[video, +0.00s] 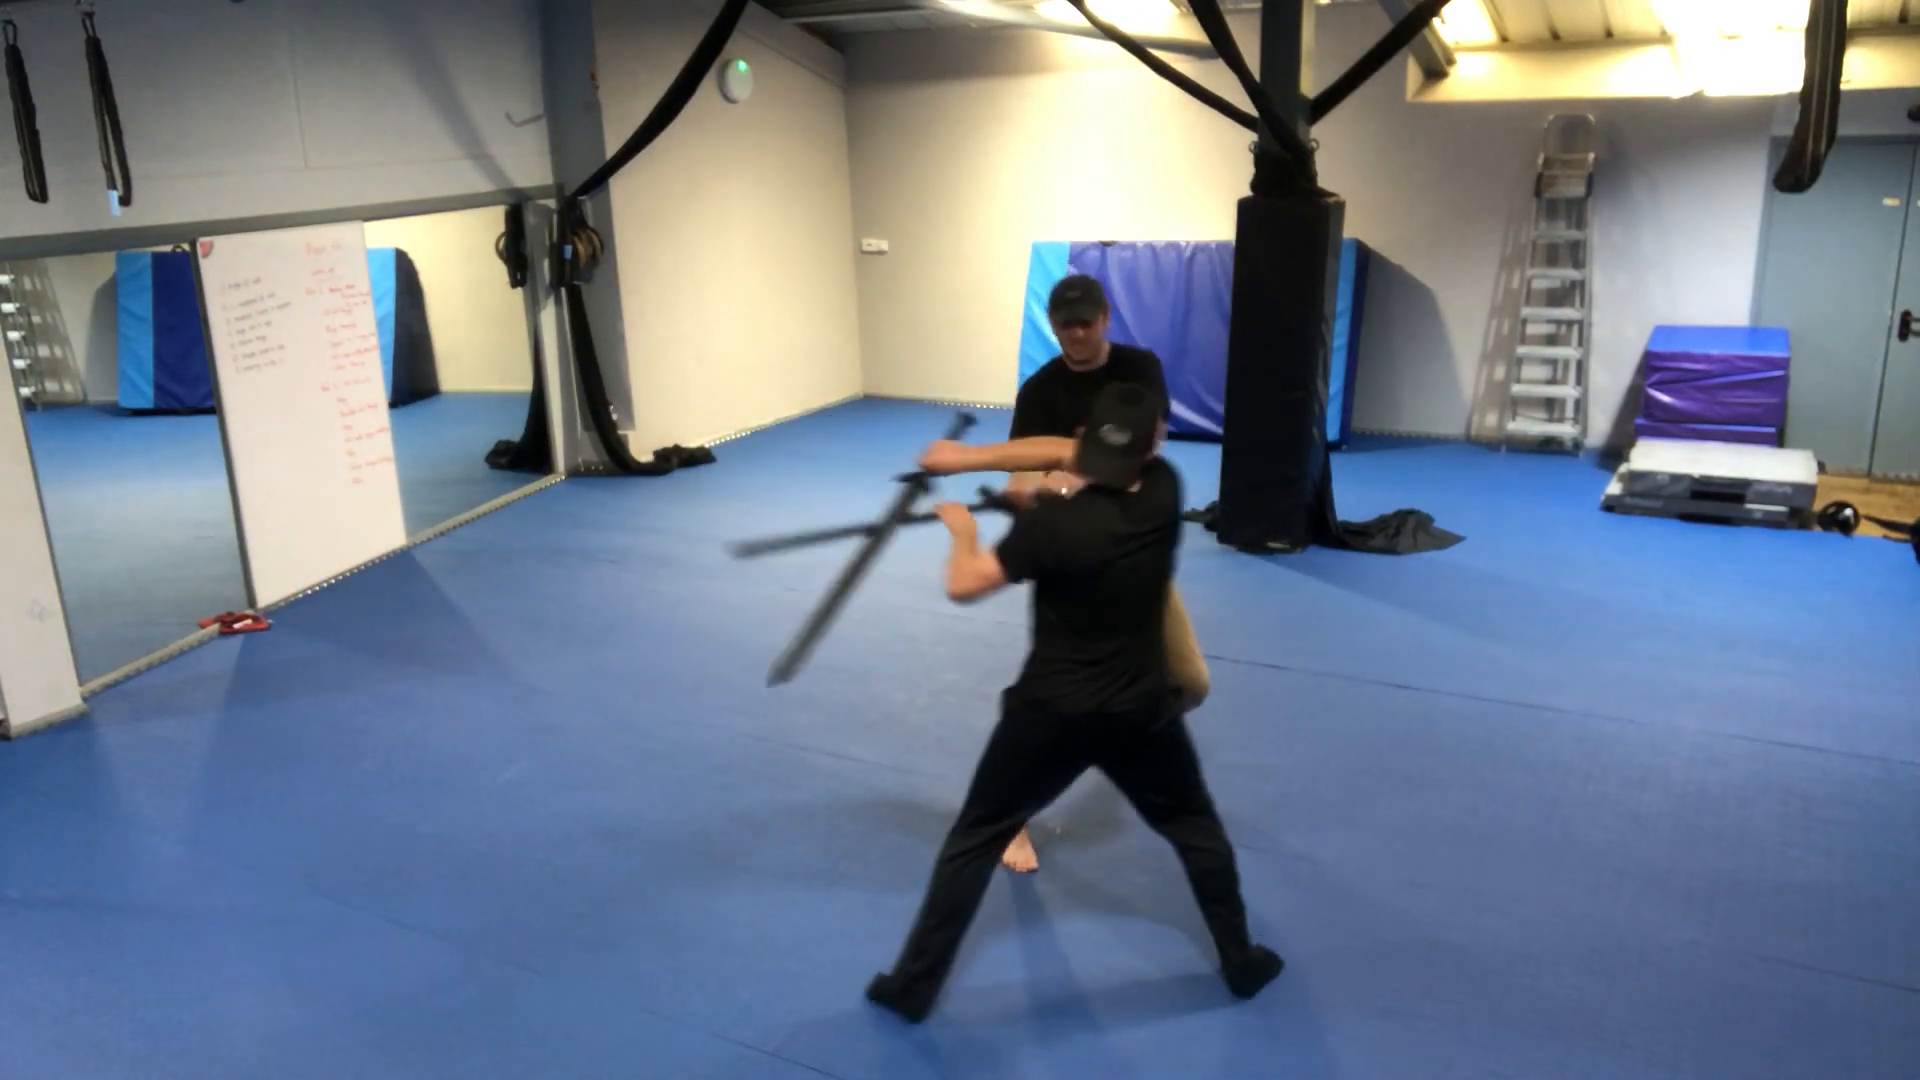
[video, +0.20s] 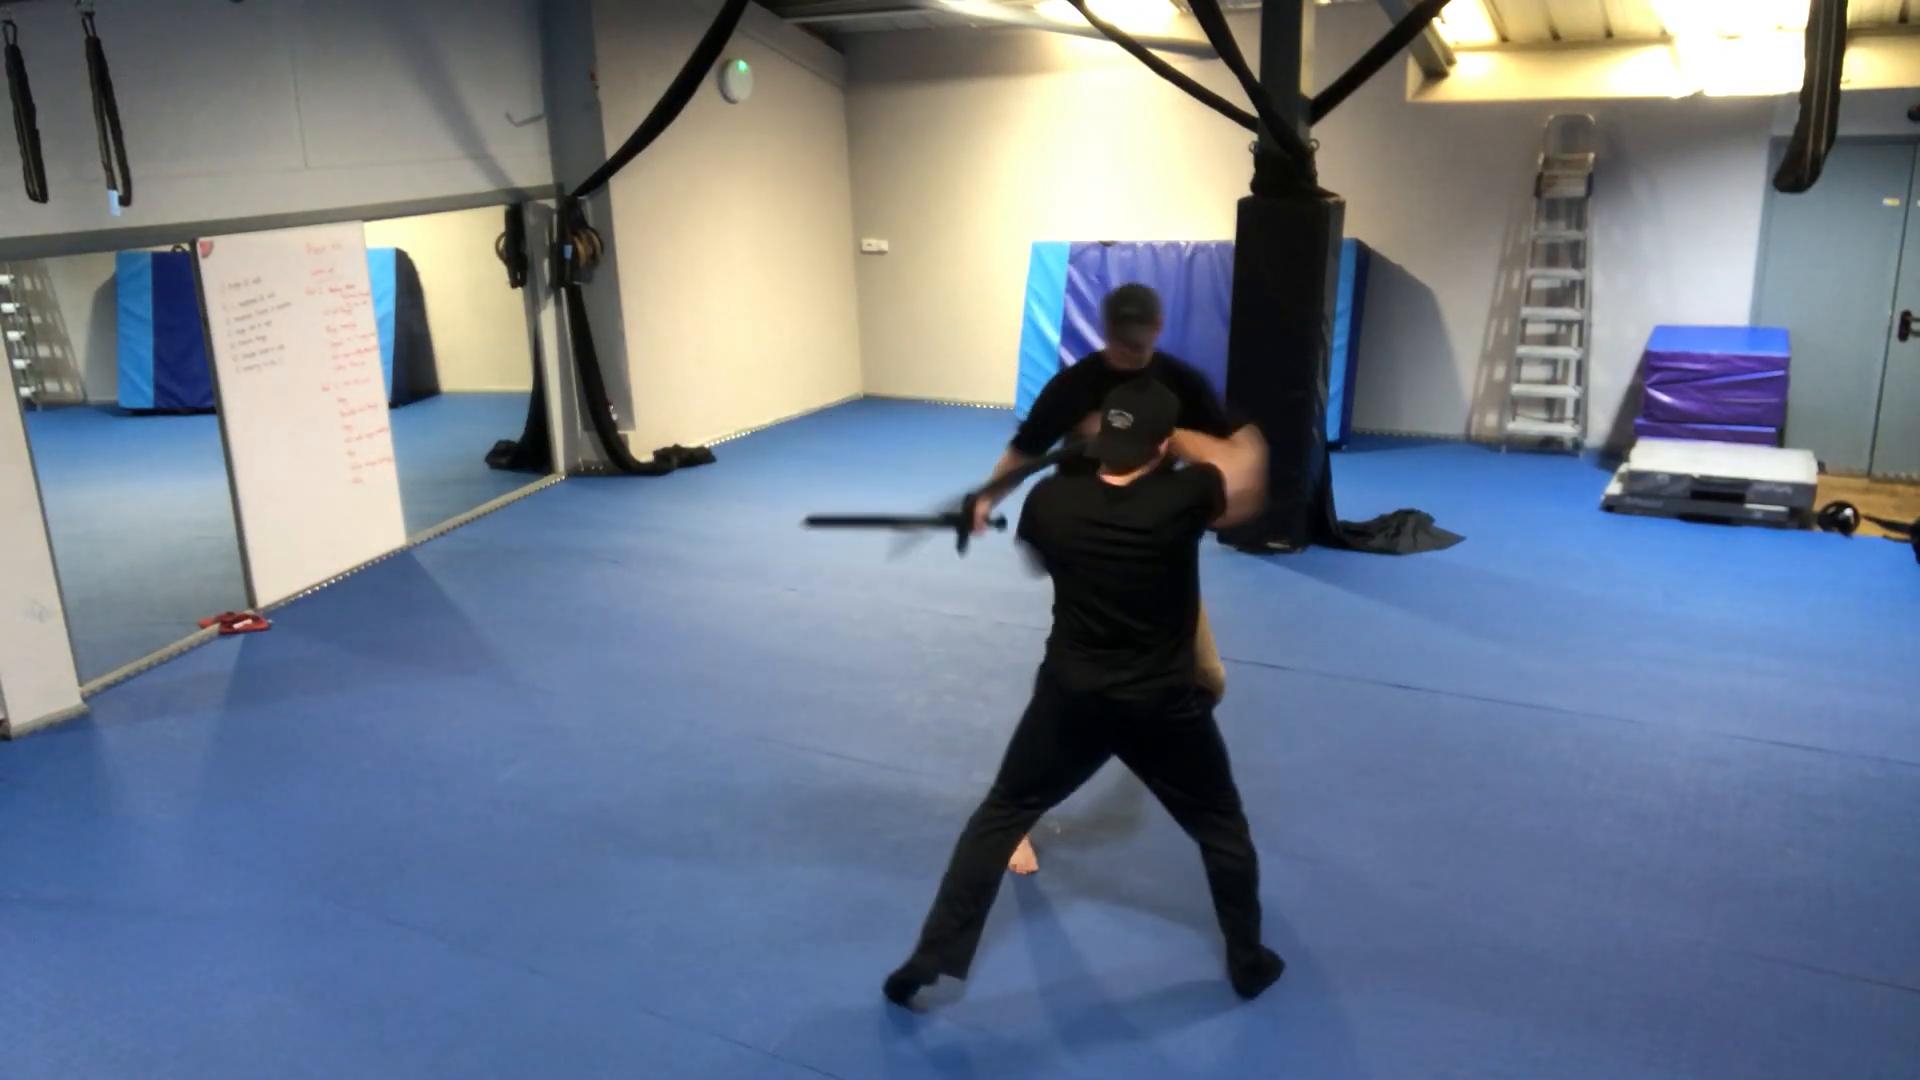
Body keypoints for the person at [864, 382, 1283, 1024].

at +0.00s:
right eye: (1155, 438)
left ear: (1085, 449)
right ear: (1148, 449)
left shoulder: (1056, 524)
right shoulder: (1163, 491)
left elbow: (963, 583)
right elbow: (1069, 458)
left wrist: (961, 529)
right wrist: (967, 459)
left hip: (1053, 707)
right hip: (1141, 704)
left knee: (978, 835)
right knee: (1192, 820)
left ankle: (915, 984)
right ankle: (1239, 959)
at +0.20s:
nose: (1176, 441)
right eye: (1170, 434)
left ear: (1097, 435)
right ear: (1164, 446)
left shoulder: (1050, 501)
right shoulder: (1184, 497)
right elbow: (1235, 478)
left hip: (1070, 698)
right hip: (1163, 702)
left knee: (1005, 811)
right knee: (1221, 825)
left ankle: (931, 956)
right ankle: (1247, 961)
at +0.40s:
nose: (1122, 429)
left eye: (1117, 420)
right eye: (1119, 421)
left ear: (1058, 429)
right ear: (1112, 432)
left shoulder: (1055, 490)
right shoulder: (1099, 503)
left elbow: (1111, 509)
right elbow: (1141, 587)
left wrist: (1157, 520)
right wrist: (1261, 578)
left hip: (1078, 694)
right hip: (1141, 702)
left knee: (1029, 824)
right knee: (1213, 836)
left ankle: (936, 976)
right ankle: (1247, 967)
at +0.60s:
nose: (1150, 466)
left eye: (1150, 455)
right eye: (1149, 455)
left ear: (1093, 449)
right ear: (1133, 460)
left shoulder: (1084, 514)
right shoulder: (1071, 518)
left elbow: (1097, 572)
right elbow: (971, 593)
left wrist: (1156, 585)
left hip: (1049, 719)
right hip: (1103, 721)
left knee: (1005, 851)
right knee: (1197, 820)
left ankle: (927, 1002)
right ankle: (1243, 960)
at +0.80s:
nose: (1162, 487)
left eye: (1162, 476)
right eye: (1162, 477)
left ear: (1107, 468)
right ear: (1147, 483)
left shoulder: (1090, 532)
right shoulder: (1068, 531)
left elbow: (1071, 617)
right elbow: (966, 601)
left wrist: (1118, 666)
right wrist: (935, 704)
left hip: (1032, 725)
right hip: (1078, 728)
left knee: (1012, 855)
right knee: (1187, 814)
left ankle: (926, 1003)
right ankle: (1232, 954)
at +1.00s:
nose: (1176, 461)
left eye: (1173, 452)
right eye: (1176, 453)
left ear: (1116, 448)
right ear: (1165, 459)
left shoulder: (1105, 505)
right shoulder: (1112, 512)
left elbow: (1116, 595)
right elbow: (1069, 603)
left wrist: (1167, 637)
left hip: (1055, 704)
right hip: (1109, 704)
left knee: (1018, 840)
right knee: (1195, 812)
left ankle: (935, 992)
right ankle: (1219, 951)